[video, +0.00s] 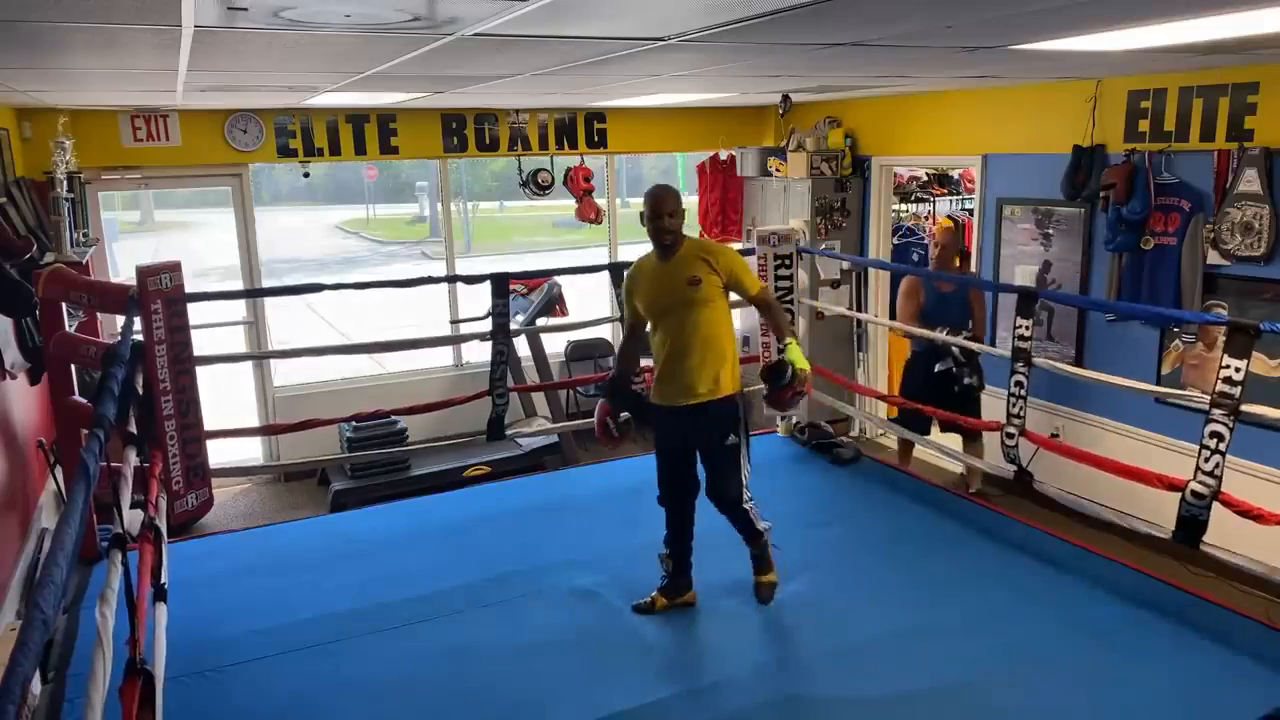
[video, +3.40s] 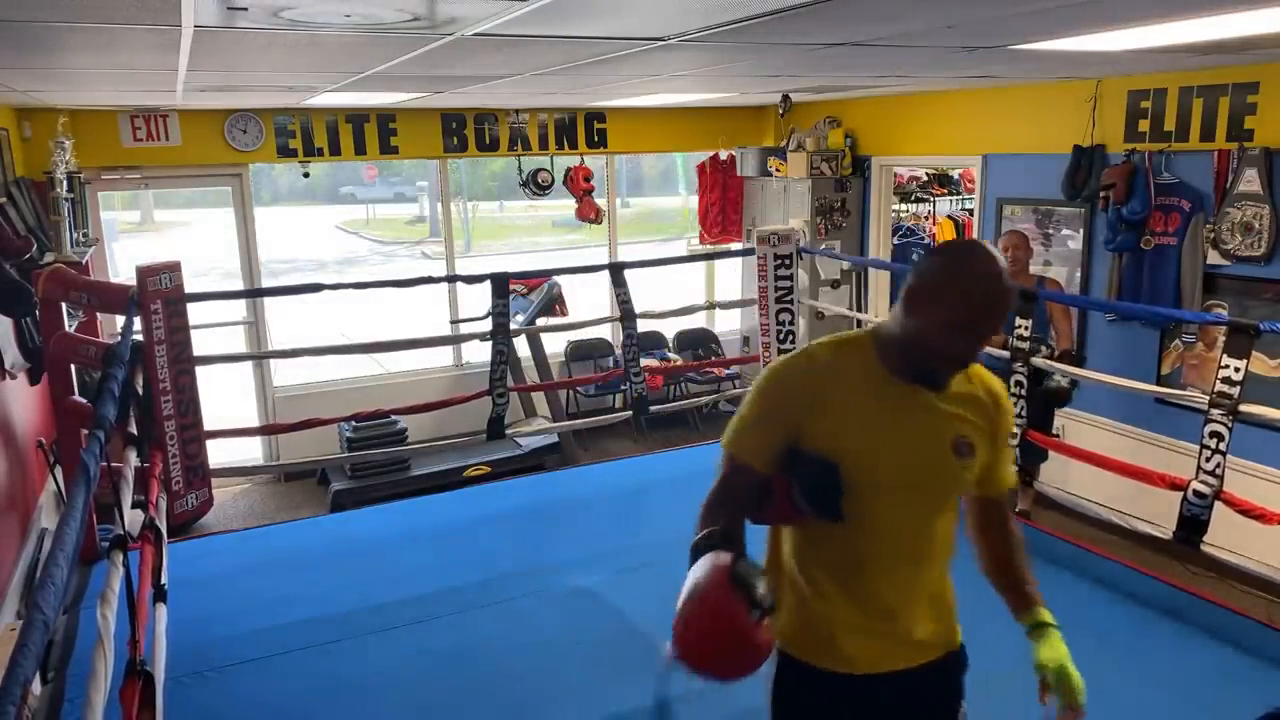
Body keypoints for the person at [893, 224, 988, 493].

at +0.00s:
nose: (935, 251)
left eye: (942, 247)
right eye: (933, 245)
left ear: (957, 251)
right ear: (929, 244)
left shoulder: (970, 286)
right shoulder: (913, 282)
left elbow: (979, 332)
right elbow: (905, 325)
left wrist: (963, 352)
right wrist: (937, 337)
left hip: (960, 366)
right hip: (922, 363)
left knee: (971, 430)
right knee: (908, 426)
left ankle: (974, 488)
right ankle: (900, 477)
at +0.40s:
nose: (975, 252)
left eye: (983, 248)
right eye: (974, 245)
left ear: (995, 254)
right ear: (966, 245)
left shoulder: (1007, 284)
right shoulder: (948, 281)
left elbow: (1012, 327)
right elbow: (935, 324)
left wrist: (999, 348)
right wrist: (968, 341)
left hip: (991, 368)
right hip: (955, 365)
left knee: (987, 434)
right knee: (941, 428)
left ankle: (974, 489)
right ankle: (924, 480)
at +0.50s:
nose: (979, 252)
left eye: (987, 248)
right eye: (977, 245)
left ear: (1001, 253)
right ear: (970, 246)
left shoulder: (1011, 285)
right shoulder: (952, 281)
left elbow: (1017, 327)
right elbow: (939, 324)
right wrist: (974, 345)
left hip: (995, 370)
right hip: (957, 368)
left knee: (987, 437)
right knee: (952, 435)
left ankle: (976, 491)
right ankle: (947, 492)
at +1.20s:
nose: (984, 258)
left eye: (991, 253)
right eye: (980, 251)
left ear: (1002, 256)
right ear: (971, 252)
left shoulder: (1017, 287)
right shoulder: (955, 289)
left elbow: (1030, 330)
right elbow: (943, 334)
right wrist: (975, 343)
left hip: (1005, 375)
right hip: (967, 373)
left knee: (1013, 438)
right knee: (956, 437)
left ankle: (1021, 508)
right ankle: (954, 496)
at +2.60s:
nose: (1011, 260)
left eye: (1017, 254)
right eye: (1006, 254)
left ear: (1033, 255)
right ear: (1000, 257)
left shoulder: (1056, 290)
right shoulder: (990, 288)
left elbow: (1064, 340)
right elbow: (978, 334)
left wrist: (1053, 357)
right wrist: (1005, 351)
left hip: (1037, 384)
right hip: (994, 380)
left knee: (1032, 452)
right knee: (981, 447)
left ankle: (1022, 513)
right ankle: (972, 506)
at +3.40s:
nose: (1011, 254)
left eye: (1017, 248)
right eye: (1006, 249)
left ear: (1029, 252)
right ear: (1000, 254)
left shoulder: (1048, 287)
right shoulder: (994, 287)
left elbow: (1064, 331)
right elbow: (980, 332)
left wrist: (1061, 359)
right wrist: (1002, 343)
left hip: (1036, 373)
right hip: (996, 370)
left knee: (1031, 432)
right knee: (993, 427)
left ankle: (1025, 498)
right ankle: (987, 495)